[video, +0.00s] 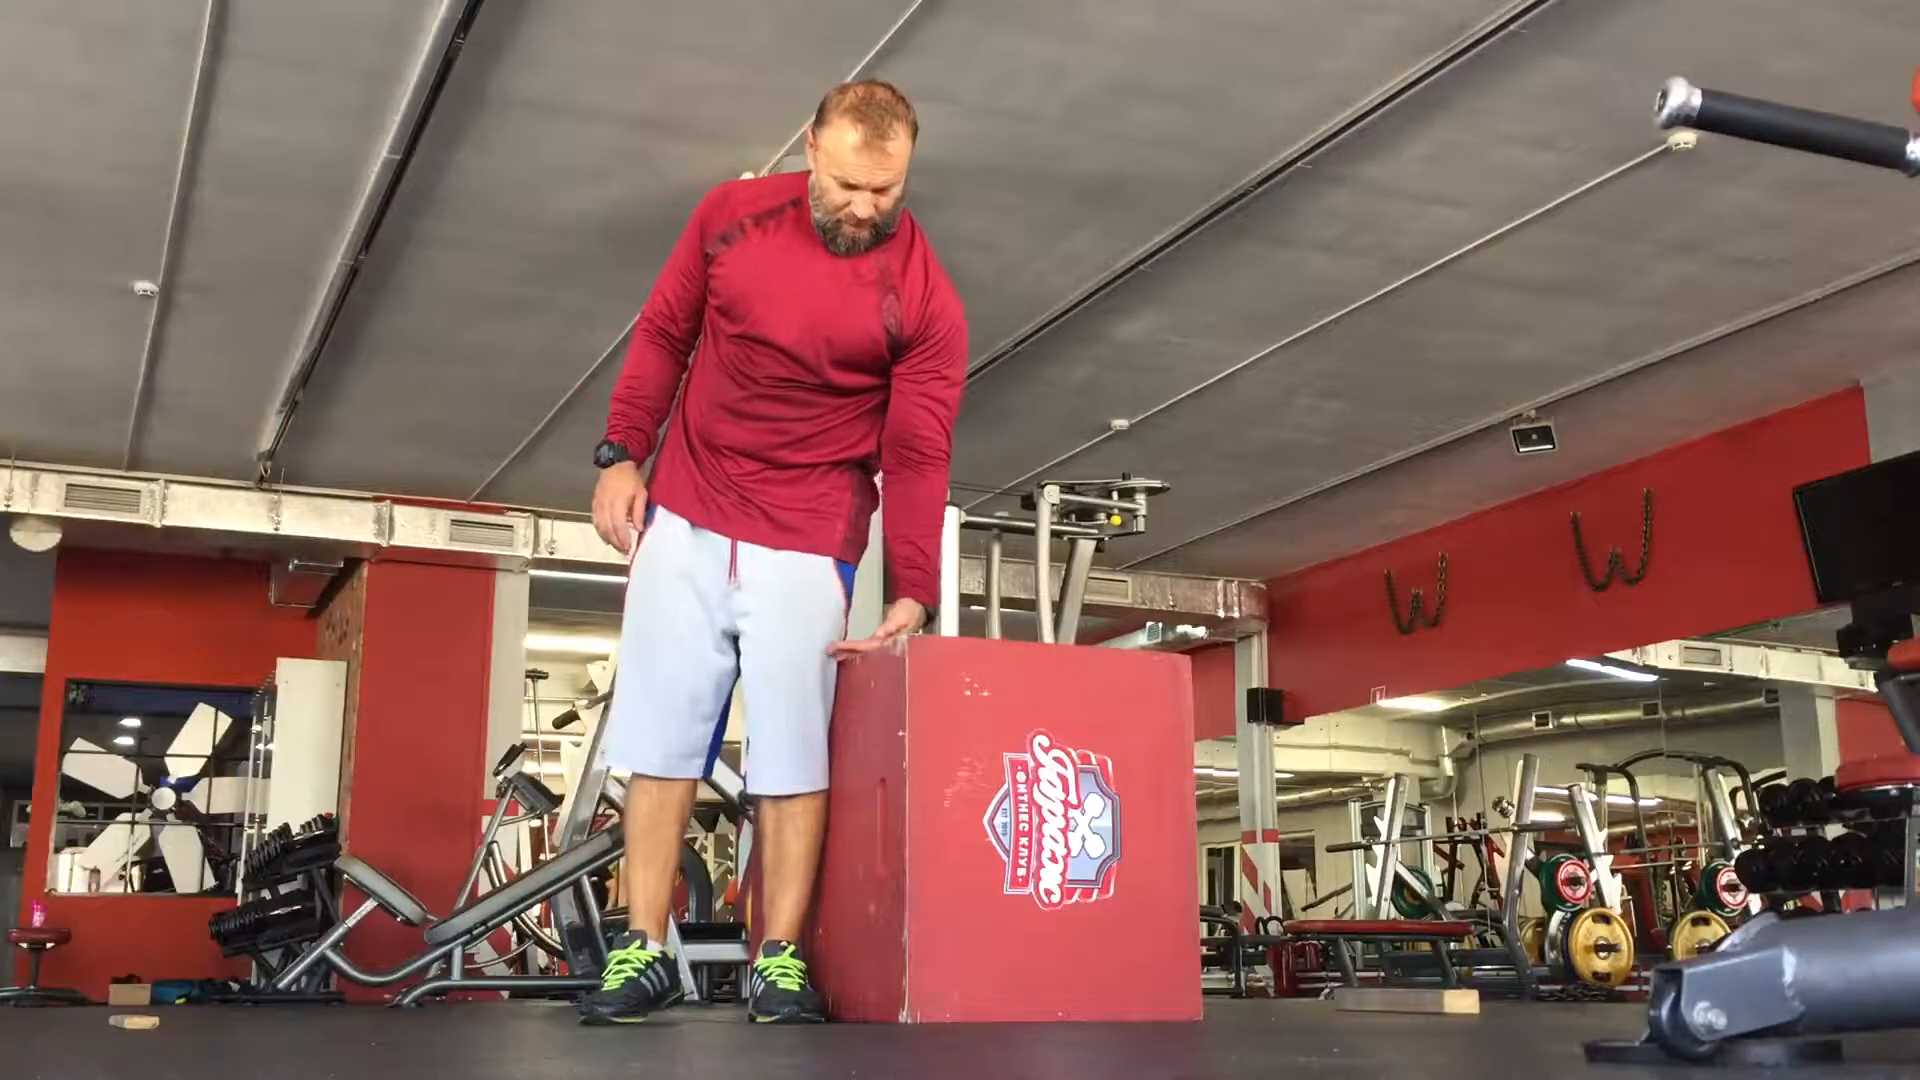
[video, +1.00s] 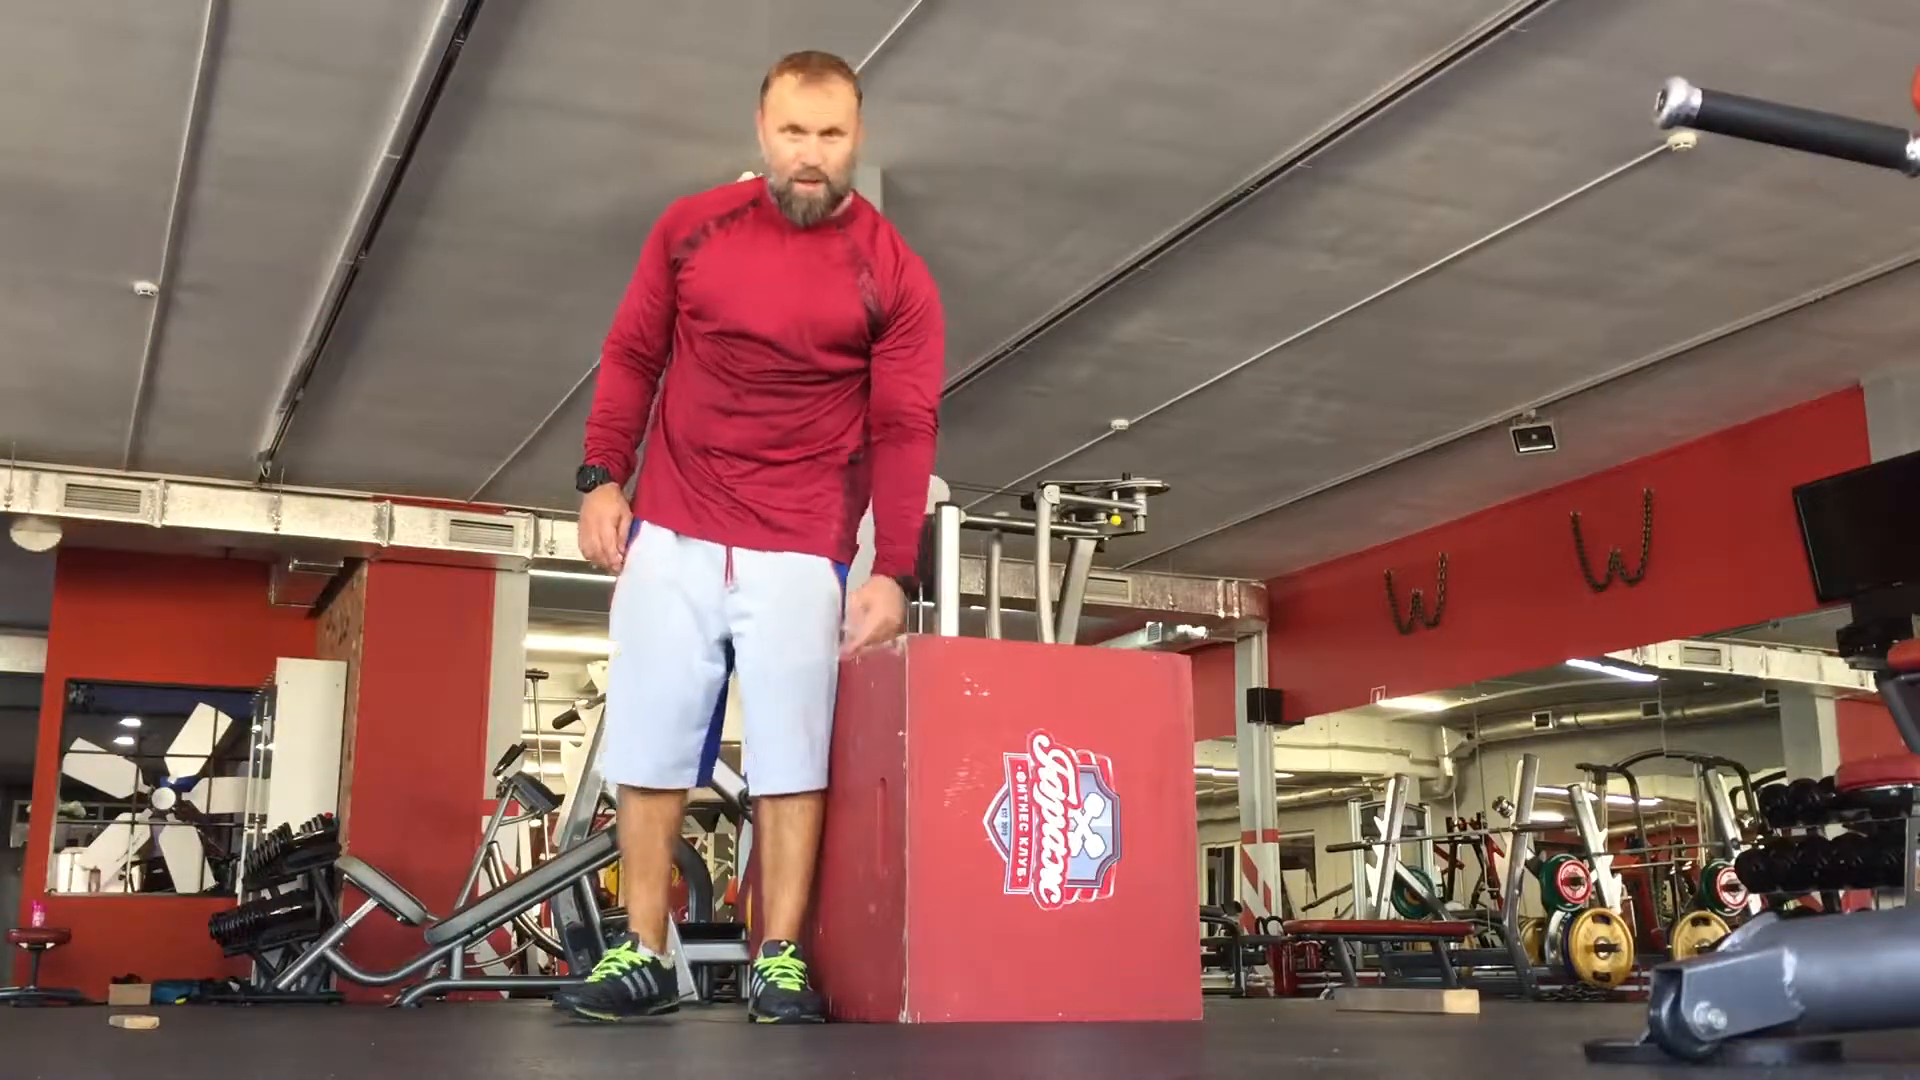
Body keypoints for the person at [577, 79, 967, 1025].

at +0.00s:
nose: (861, 207)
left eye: (882, 190)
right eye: (843, 185)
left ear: (909, 174)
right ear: (810, 149)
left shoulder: (924, 302)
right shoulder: (731, 215)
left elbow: (918, 455)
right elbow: (662, 335)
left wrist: (912, 591)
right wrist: (621, 456)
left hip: (810, 531)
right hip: (688, 506)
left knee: (792, 743)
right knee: (662, 728)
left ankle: (778, 960)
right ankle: (644, 950)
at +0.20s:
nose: (862, 215)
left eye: (883, 199)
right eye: (845, 193)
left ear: (911, 183)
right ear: (813, 158)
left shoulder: (926, 304)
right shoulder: (734, 215)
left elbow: (925, 452)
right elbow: (663, 331)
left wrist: (923, 586)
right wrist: (624, 455)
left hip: (810, 530)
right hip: (688, 505)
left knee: (792, 741)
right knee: (662, 728)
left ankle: (778, 960)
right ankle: (645, 951)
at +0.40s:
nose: (861, 215)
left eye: (883, 200)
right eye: (846, 193)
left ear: (913, 185)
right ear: (815, 158)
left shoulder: (928, 307)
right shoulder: (736, 214)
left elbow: (923, 457)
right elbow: (663, 331)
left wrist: (917, 593)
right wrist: (622, 454)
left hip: (808, 532)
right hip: (686, 507)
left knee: (792, 744)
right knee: (661, 730)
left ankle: (778, 960)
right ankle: (646, 950)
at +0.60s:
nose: (859, 210)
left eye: (881, 193)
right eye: (843, 187)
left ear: (910, 179)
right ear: (812, 153)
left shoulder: (926, 307)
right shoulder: (731, 217)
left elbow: (912, 456)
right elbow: (661, 335)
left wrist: (898, 593)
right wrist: (623, 459)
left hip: (812, 534)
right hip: (688, 510)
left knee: (793, 747)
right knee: (663, 733)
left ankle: (779, 959)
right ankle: (648, 952)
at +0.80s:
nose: (847, 176)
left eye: (868, 159)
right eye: (829, 154)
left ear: (892, 159)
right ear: (795, 143)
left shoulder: (917, 297)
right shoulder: (719, 219)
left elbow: (910, 449)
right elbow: (651, 343)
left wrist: (899, 587)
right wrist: (617, 468)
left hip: (811, 530)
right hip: (684, 509)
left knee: (794, 748)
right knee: (663, 734)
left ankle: (777, 959)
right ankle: (651, 954)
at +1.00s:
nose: (810, 153)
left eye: (831, 134)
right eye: (792, 131)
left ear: (859, 142)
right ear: (760, 134)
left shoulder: (895, 277)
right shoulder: (690, 228)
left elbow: (905, 428)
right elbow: (631, 356)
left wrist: (892, 569)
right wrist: (603, 476)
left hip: (804, 532)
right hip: (673, 516)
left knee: (789, 742)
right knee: (648, 732)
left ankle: (779, 956)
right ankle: (646, 952)